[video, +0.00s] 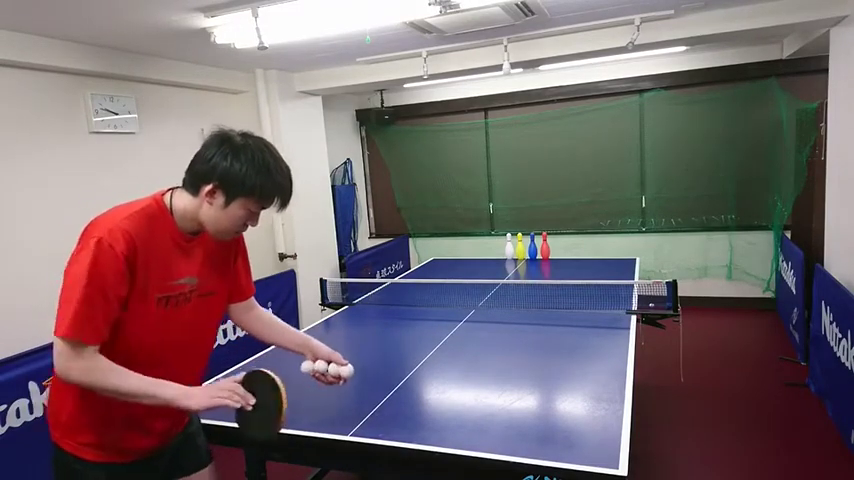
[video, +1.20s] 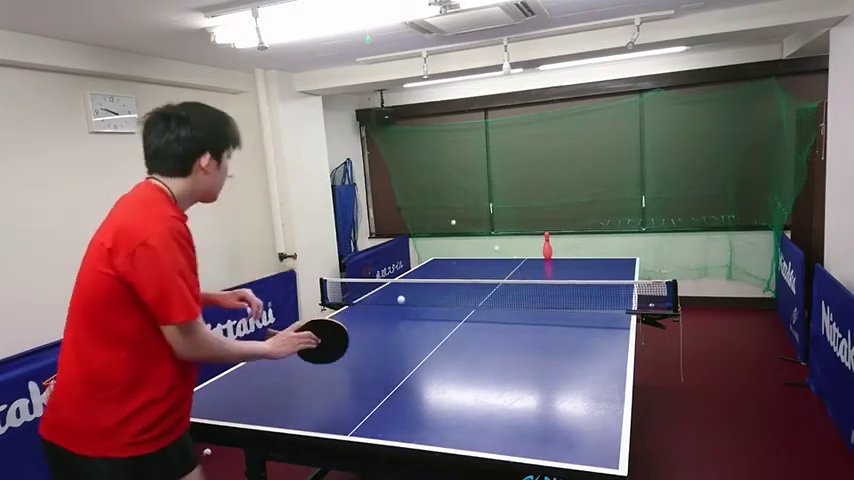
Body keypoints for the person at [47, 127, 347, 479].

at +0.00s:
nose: (254, 223)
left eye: (259, 213)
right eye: (251, 212)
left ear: (211, 196)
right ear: (211, 194)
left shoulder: (223, 235)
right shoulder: (112, 239)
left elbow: (244, 309)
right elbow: (71, 361)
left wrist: (310, 347)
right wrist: (185, 394)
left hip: (174, 431)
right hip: (96, 447)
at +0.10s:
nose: (268, 225)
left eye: (273, 216)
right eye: (266, 214)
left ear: (228, 197)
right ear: (228, 196)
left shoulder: (233, 234)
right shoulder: (132, 239)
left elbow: (252, 304)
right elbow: (84, 354)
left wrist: (316, 335)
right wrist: (197, 391)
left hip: (176, 428)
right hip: (105, 442)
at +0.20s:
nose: (281, 228)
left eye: (286, 219)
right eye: (281, 216)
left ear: (247, 201)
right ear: (246, 200)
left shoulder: (237, 231)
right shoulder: (159, 245)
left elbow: (255, 303)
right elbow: (152, 363)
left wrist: (317, 319)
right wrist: (264, 388)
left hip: (176, 415)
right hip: (112, 430)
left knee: (199, 472)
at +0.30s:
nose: (292, 228)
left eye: (297, 219)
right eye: (293, 216)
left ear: (258, 202)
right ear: (261, 203)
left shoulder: (235, 225)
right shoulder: (191, 262)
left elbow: (255, 299)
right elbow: (239, 352)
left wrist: (303, 299)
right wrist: (318, 364)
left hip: (172, 410)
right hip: (118, 426)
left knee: (202, 472)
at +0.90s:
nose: (284, 188)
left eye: (286, 178)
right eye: (285, 178)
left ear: (225, 165)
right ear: (267, 178)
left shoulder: (192, 204)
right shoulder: (224, 234)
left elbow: (218, 293)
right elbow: (253, 330)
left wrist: (270, 278)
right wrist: (309, 332)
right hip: (143, 428)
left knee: (207, 471)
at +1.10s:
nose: (251, 177)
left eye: (254, 166)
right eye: (252, 166)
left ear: (189, 159)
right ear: (231, 167)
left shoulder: (165, 204)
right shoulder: (183, 226)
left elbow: (180, 284)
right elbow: (219, 336)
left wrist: (241, 292)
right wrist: (288, 341)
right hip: (130, 436)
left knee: (200, 468)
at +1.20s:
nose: (227, 172)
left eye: (228, 161)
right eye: (226, 161)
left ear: (161, 156)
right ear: (204, 163)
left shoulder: (139, 206)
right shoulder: (156, 225)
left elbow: (150, 290)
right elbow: (190, 343)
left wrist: (214, 298)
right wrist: (265, 348)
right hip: (126, 441)